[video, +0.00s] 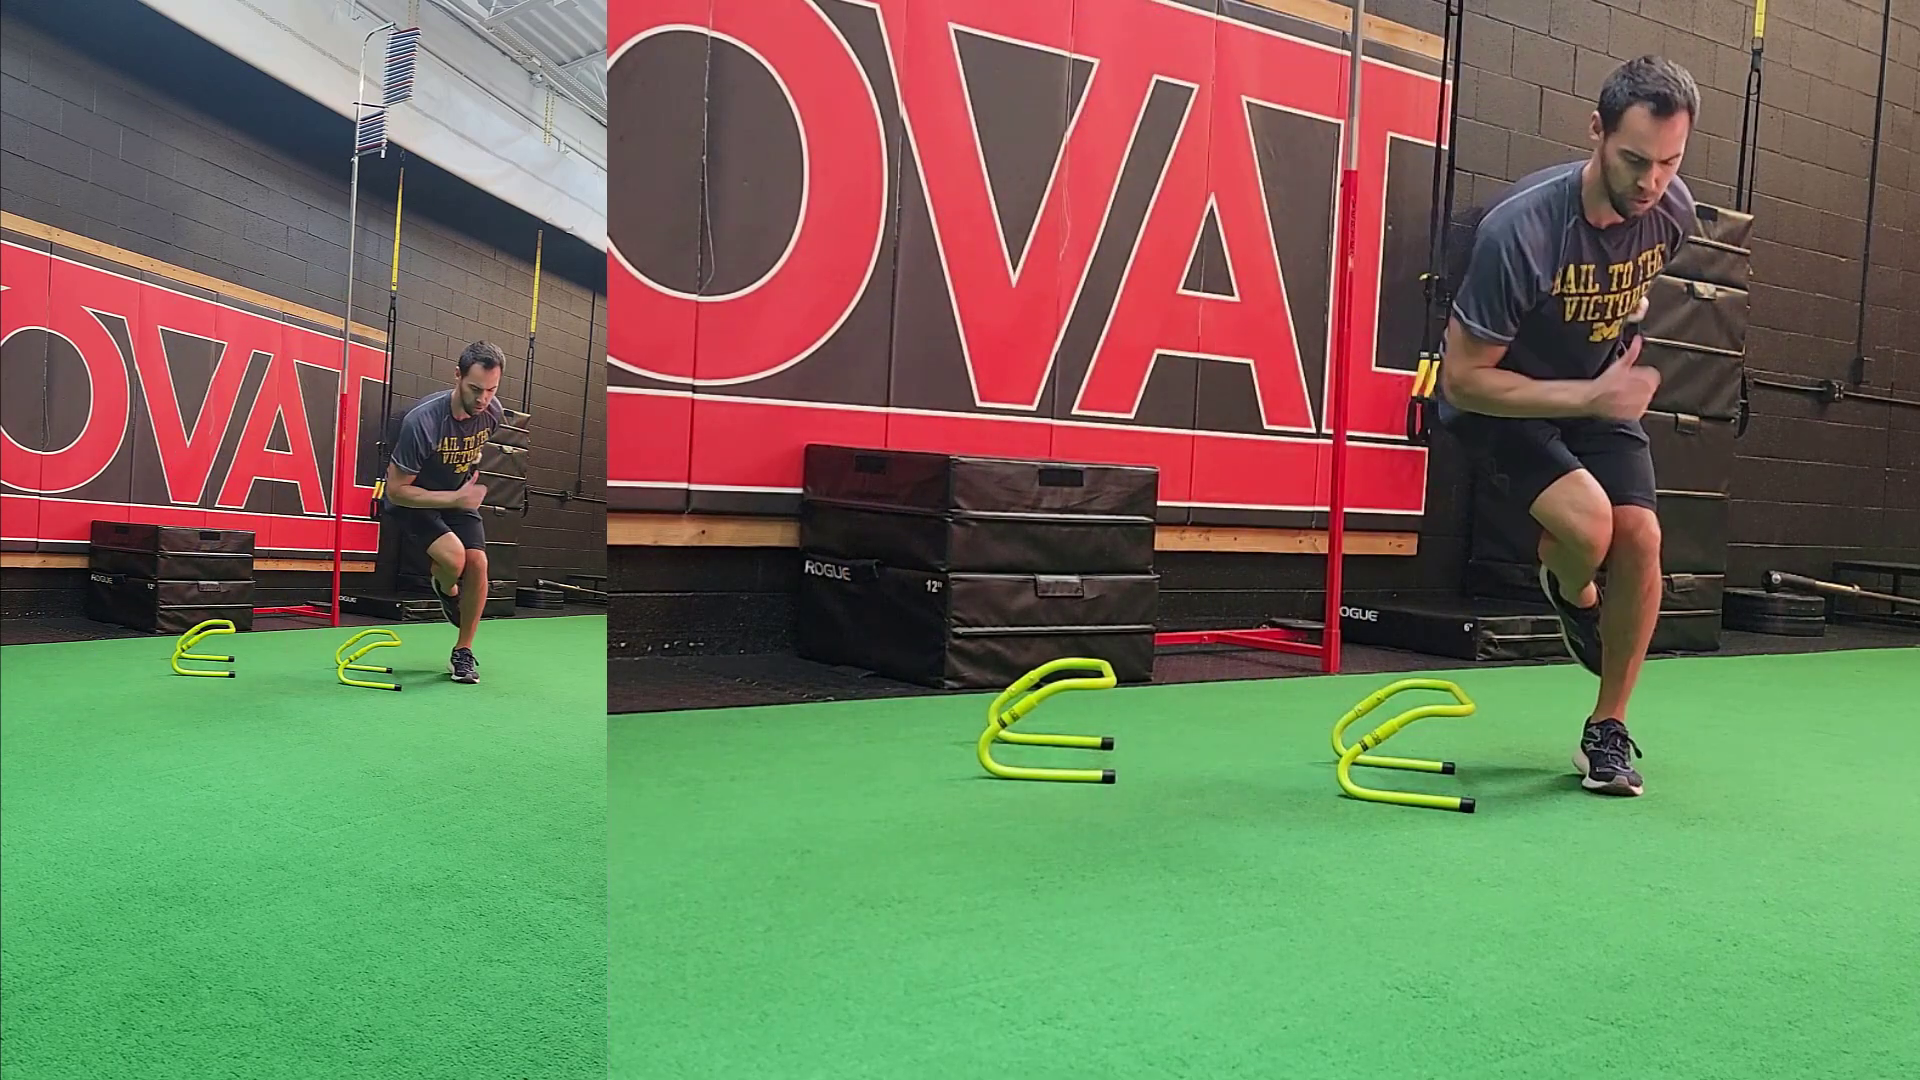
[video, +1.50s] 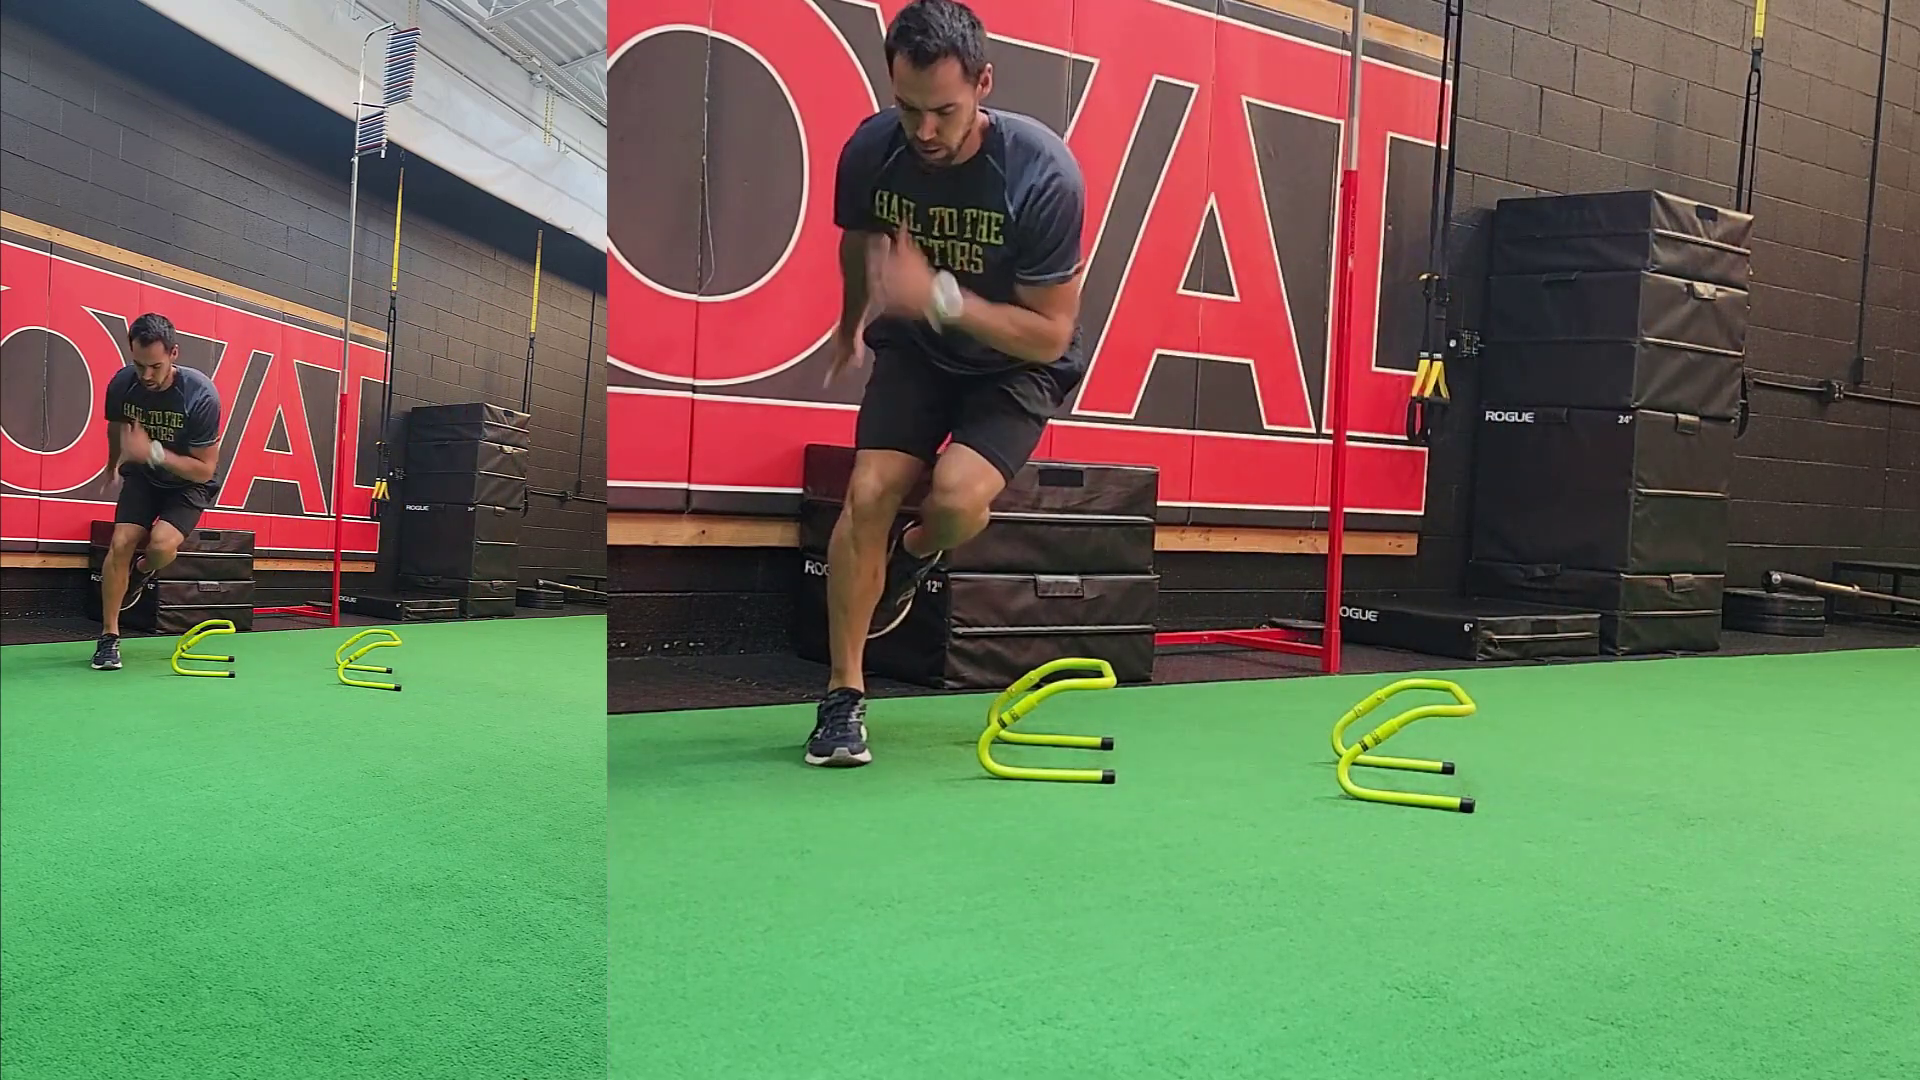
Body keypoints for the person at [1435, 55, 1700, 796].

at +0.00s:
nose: (1652, 182)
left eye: (1669, 164)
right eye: (1636, 160)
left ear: (1685, 149)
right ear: (1596, 135)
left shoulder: (1672, 211)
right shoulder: (1517, 230)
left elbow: (1618, 284)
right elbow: (1463, 380)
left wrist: (1619, 345)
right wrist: (1591, 397)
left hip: (1594, 392)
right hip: (1498, 397)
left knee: (1640, 537)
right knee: (1590, 522)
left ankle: (1609, 726)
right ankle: (1570, 592)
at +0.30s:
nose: (1563, 98)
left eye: (1583, 81)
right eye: (1551, 75)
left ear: (1611, 81)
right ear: (1524, 64)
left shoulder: (1628, 181)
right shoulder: (1454, 163)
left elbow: (1633, 303)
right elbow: (1336, 245)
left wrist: (1647, 344)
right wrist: (1263, 329)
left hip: (1551, 374)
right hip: (1444, 347)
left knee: (1612, 544)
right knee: (1493, 445)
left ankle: (1603, 727)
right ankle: (1412, 549)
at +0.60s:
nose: (1363, 13)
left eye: (1377, 6)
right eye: (1349, 7)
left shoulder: (1443, 68)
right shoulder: (1267, 75)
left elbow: (1475, 166)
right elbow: (1219, 204)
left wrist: (1484, 278)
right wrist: (1270, 279)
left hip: (1397, 280)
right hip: (1292, 282)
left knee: (1418, 387)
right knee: (1279, 511)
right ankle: (1236, 694)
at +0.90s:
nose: (1191, 8)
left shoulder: (1290, 69)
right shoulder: (1111, 54)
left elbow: (1328, 198)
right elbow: (1066, 155)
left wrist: (1313, 325)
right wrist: (1063, 225)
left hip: (1231, 305)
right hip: (1124, 279)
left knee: (1235, 504)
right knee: (1053, 391)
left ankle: (1266, 712)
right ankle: (1071, 479)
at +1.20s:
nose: (985, 101)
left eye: (1005, 83)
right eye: (972, 79)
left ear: (1047, 67)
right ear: (958, 57)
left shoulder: (1099, 166)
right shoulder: (919, 131)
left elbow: (1085, 324)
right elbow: (902, 203)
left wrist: (983, 237)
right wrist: (893, 255)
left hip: (1053, 348)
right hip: (950, 337)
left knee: (1024, 456)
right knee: (897, 500)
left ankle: (980, 516)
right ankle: (850, 693)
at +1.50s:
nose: (925, 130)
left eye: (944, 111)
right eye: (910, 109)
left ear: (983, 84)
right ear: (890, 86)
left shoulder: (1044, 177)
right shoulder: (871, 153)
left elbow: (1050, 337)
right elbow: (859, 244)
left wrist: (937, 296)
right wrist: (850, 331)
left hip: (1016, 364)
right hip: (914, 345)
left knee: (959, 494)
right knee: (869, 495)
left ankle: (911, 561)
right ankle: (844, 695)